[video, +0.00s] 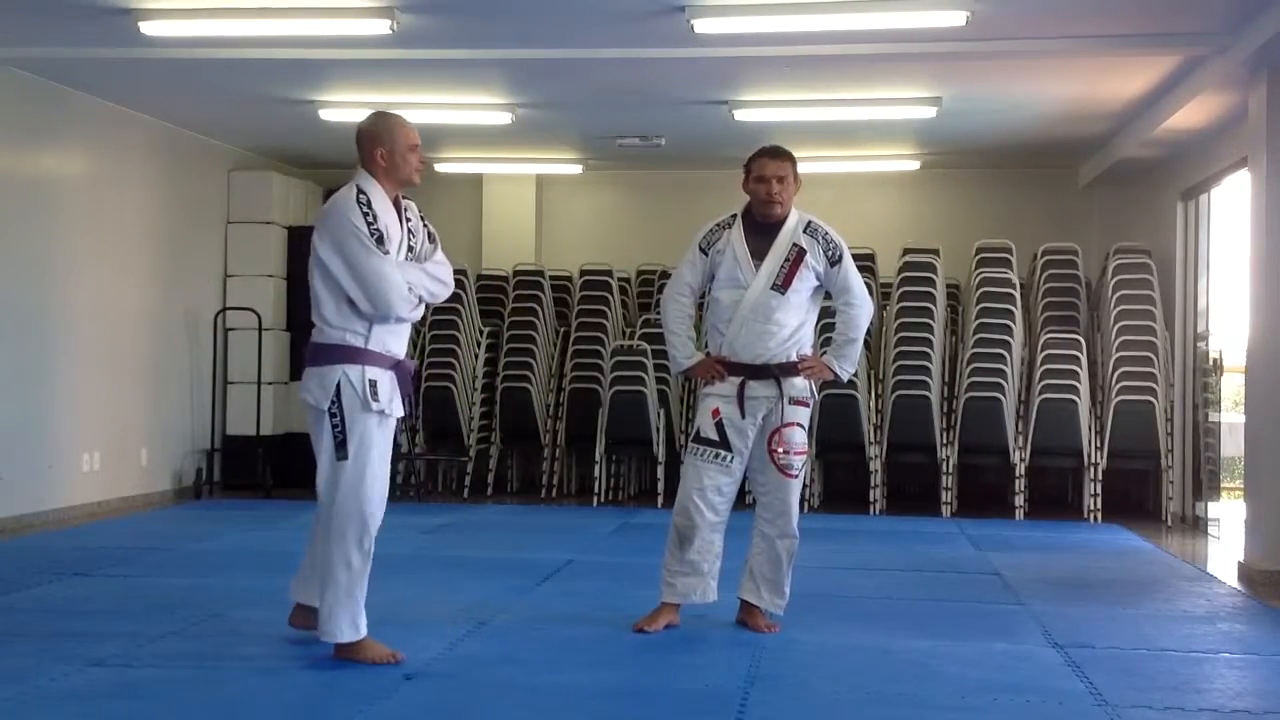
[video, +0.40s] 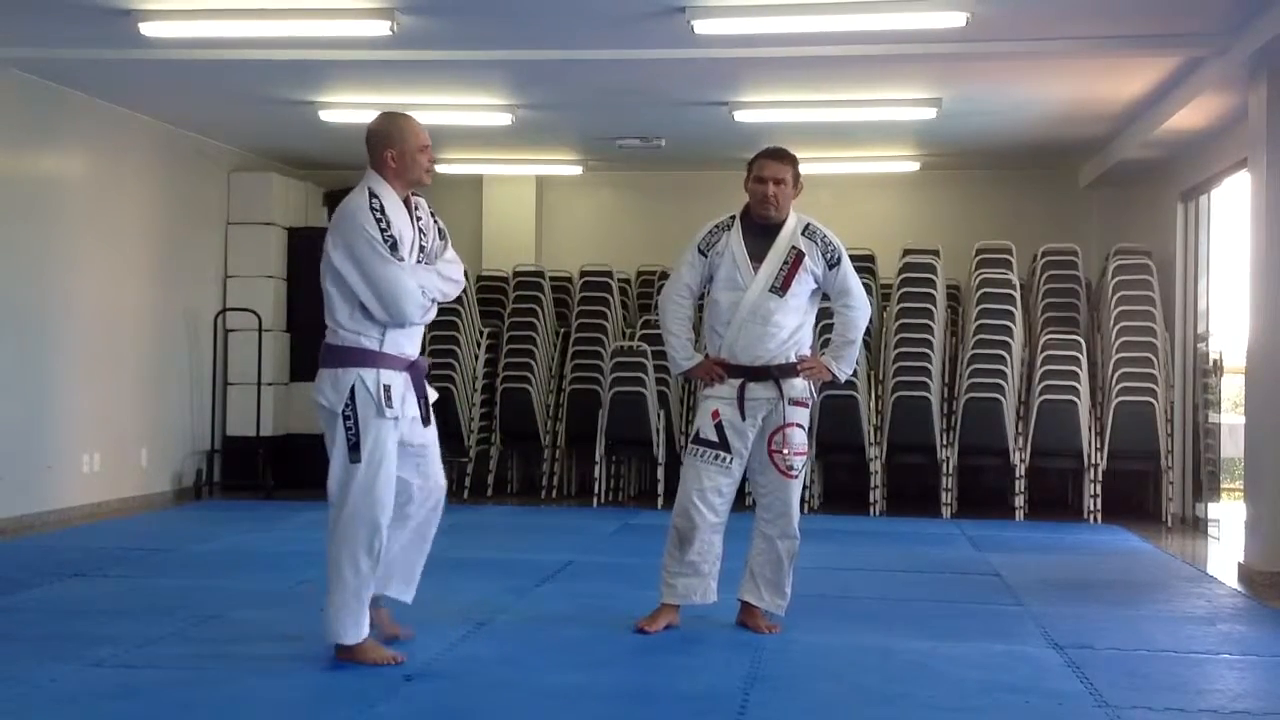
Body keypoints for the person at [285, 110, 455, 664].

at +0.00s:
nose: (422, 159)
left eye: (421, 149)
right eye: (414, 150)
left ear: (390, 156)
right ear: (381, 155)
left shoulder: (407, 213)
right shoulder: (348, 208)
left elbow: (444, 276)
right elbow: (387, 297)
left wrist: (395, 272)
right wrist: (425, 287)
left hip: (381, 373)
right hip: (347, 373)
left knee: (353, 497)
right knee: (358, 504)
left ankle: (311, 603)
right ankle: (346, 634)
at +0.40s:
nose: (433, 159)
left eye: (431, 150)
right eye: (423, 151)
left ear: (399, 156)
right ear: (391, 157)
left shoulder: (421, 212)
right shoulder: (360, 213)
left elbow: (455, 275)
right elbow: (402, 303)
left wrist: (406, 273)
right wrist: (438, 284)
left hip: (406, 375)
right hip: (360, 376)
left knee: (423, 490)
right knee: (363, 502)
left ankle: (374, 602)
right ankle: (348, 635)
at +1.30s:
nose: (521, 184)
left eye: (522, 174)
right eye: (516, 174)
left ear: (493, 173)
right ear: (486, 172)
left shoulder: (503, 229)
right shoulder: (433, 218)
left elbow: (537, 292)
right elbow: (465, 297)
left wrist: (482, 272)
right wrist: (511, 299)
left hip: (491, 382)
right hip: (442, 381)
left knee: (488, 502)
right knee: (444, 504)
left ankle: (463, 615)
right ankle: (438, 633)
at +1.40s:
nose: (528, 188)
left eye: (529, 178)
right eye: (524, 177)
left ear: (499, 174)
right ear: (495, 173)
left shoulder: (507, 229)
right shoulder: (440, 216)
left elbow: (539, 296)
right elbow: (472, 296)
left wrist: (488, 274)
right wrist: (517, 298)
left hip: (493, 384)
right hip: (445, 382)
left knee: (487, 505)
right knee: (445, 506)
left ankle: (464, 616)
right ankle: (437, 631)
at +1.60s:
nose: (536, 192)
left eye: (538, 182)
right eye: (532, 181)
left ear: (507, 176)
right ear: (503, 175)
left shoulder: (510, 231)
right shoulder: (448, 217)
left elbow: (541, 303)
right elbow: (483, 299)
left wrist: (507, 276)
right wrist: (522, 299)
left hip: (499, 387)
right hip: (452, 385)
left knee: (495, 506)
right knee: (450, 507)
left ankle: (465, 616)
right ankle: (438, 632)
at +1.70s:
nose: (537, 191)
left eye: (539, 181)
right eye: (534, 180)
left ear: (509, 174)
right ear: (505, 174)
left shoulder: (512, 232)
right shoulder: (452, 215)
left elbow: (549, 305)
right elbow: (483, 299)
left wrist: (541, 289)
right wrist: (526, 308)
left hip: (499, 388)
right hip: (454, 386)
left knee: (497, 507)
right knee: (453, 508)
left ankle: (466, 617)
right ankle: (439, 633)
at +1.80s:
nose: (539, 191)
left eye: (540, 181)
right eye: (536, 180)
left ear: (508, 175)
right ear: (507, 174)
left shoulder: (508, 231)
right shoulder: (454, 214)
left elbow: (537, 295)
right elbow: (479, 299)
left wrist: (556, 323)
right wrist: (540, 317)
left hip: (502, 388)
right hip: (458, 387)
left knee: (496, 509)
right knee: (453, 509)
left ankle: (466, 618)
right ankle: (438, 632)